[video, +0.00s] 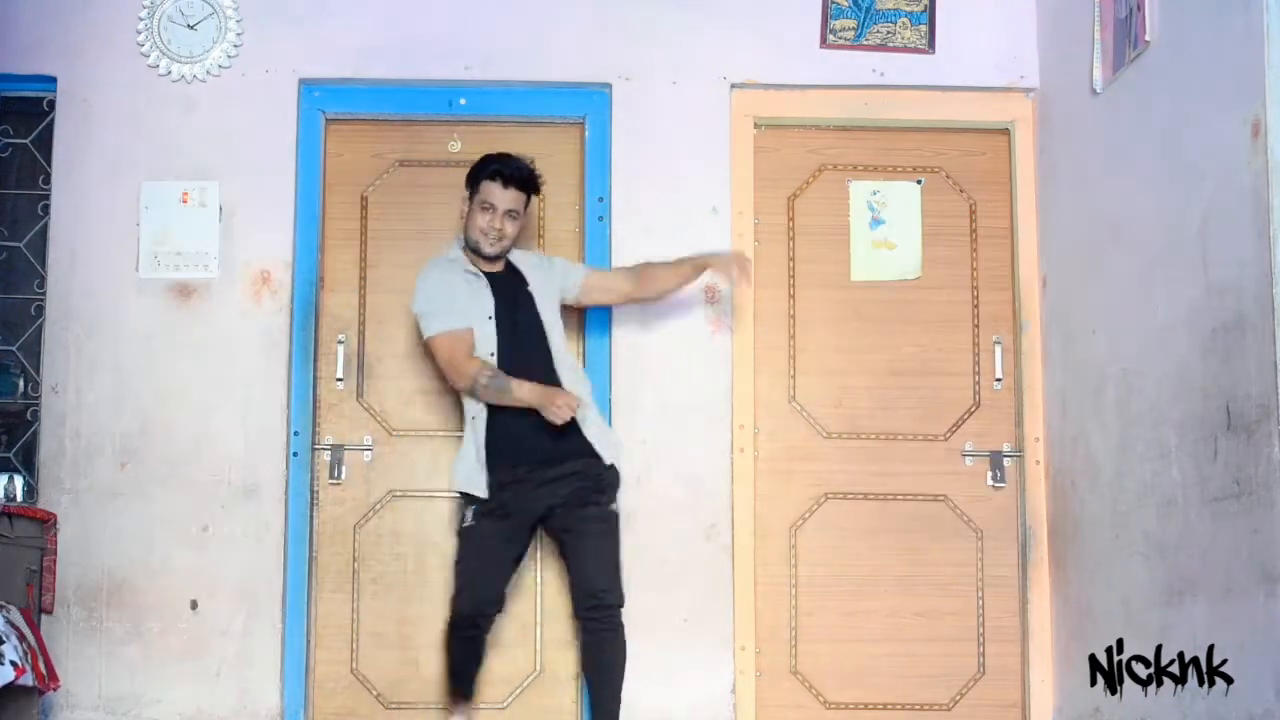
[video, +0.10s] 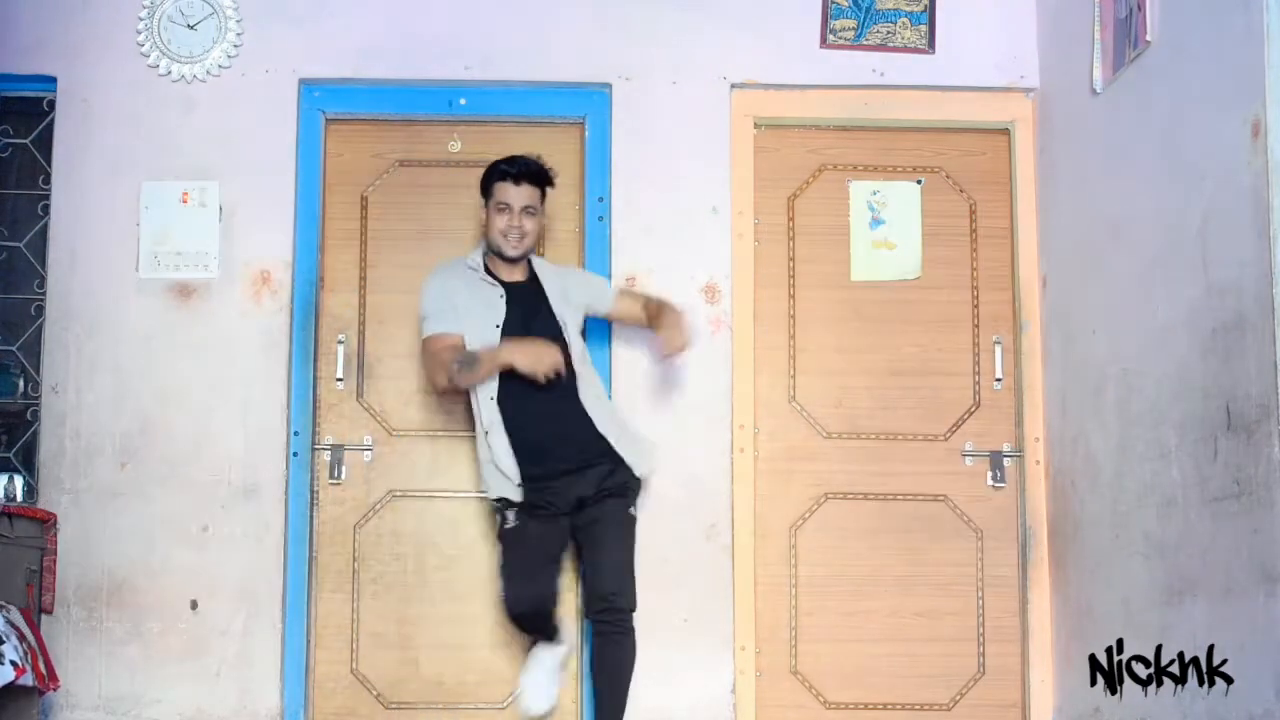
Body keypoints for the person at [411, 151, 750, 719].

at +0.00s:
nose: (497, 225)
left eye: (511, 215)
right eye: (487, 209)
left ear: (525, 219)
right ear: (467, 206)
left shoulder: (542, 269)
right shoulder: (441, 279)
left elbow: (632, 282)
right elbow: (462, 371)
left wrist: (710, 261)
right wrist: (536, 394)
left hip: (579, 469)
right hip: (501, 479)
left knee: (601, 609)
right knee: (473, 611)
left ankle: (606, 717)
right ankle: (460, 707)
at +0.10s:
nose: (515, 223)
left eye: (528, 212)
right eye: (503, 209)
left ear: (543, 220)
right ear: (484, 213)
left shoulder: (568, 282)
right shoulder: (451, 285)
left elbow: (651, 310)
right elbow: (443, 375)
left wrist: (669, 324)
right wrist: (505, 353)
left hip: (603, 473)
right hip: (527, 486)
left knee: (612, 611)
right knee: (526, 602)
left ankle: (608, 717)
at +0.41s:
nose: (549, 233)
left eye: (558, 218)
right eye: (534, 223)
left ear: (572, 219)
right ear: (514, 228)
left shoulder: (600, 297)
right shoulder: (486, 287)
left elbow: (630, 382)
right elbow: (444, 348)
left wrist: (569, 340)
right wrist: (459, 262)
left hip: (609, 488)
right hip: (530, 494)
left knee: (615, 620)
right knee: (495, 600)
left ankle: (613, 718)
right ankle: (520, 703)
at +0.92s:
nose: (502, 255)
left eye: (516, 242)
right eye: (491, 241)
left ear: (539, 237)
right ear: (478, 234)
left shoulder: (564, 308)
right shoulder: (448, 293)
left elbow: (584, 400)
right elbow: (406, 358)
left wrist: (524, 340)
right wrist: (421, 271)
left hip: (556, 499)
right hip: (475, 499)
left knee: (566, 631)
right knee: (437, 600)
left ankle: (578, 719)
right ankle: (485, 708)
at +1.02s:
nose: (487, 246)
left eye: (500, 234)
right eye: (477, 232)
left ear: (524, 229)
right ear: (463, 223)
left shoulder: (550, 296)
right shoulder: (427, 280)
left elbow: (552, 384)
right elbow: (373, 340)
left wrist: (483, 339)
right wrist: (387, 262)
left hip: (530, 497)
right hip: (445, 495)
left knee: (551, 628)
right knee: (402, 612)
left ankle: (572, 716)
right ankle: (402, 713)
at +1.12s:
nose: (465, 229)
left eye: (481, 218)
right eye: (457, 214)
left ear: (506, 215)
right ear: (445, 207)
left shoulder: (531, 274)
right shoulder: (405, 273)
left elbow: (522, 363)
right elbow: (340, 330)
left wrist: (440, 377)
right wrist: (319, 249)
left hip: (493, 489)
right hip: (408, 487)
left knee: (519, 620)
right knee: (381, 618)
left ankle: (539, 717)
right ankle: (345, 717)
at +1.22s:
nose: (445, 226)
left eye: (461, 215)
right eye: (437, 210)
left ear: (484, 219)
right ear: (425, 208)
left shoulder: (503, 272)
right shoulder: (378, 281)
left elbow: (518, 359)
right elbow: (322, 355)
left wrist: (459, 408)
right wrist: (289, 316)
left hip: (464, 484)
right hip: (383, 483)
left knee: (482, 602)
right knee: (366, 617)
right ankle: (339, 717)